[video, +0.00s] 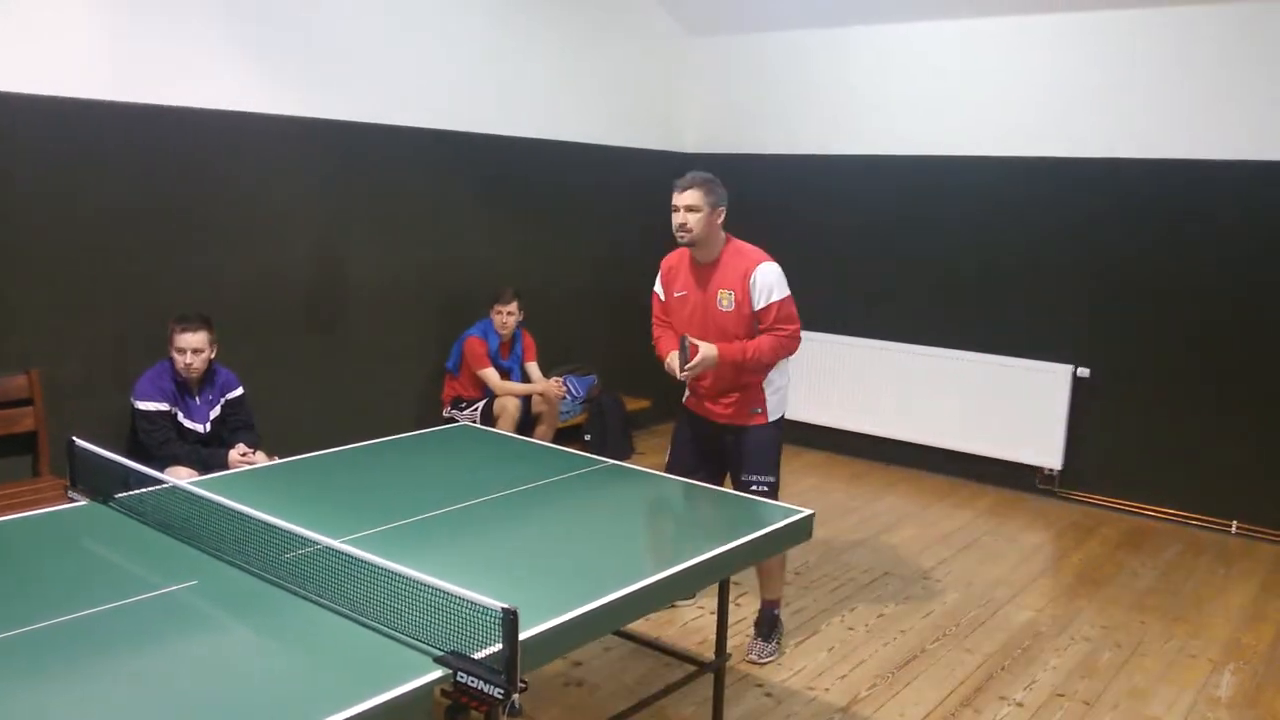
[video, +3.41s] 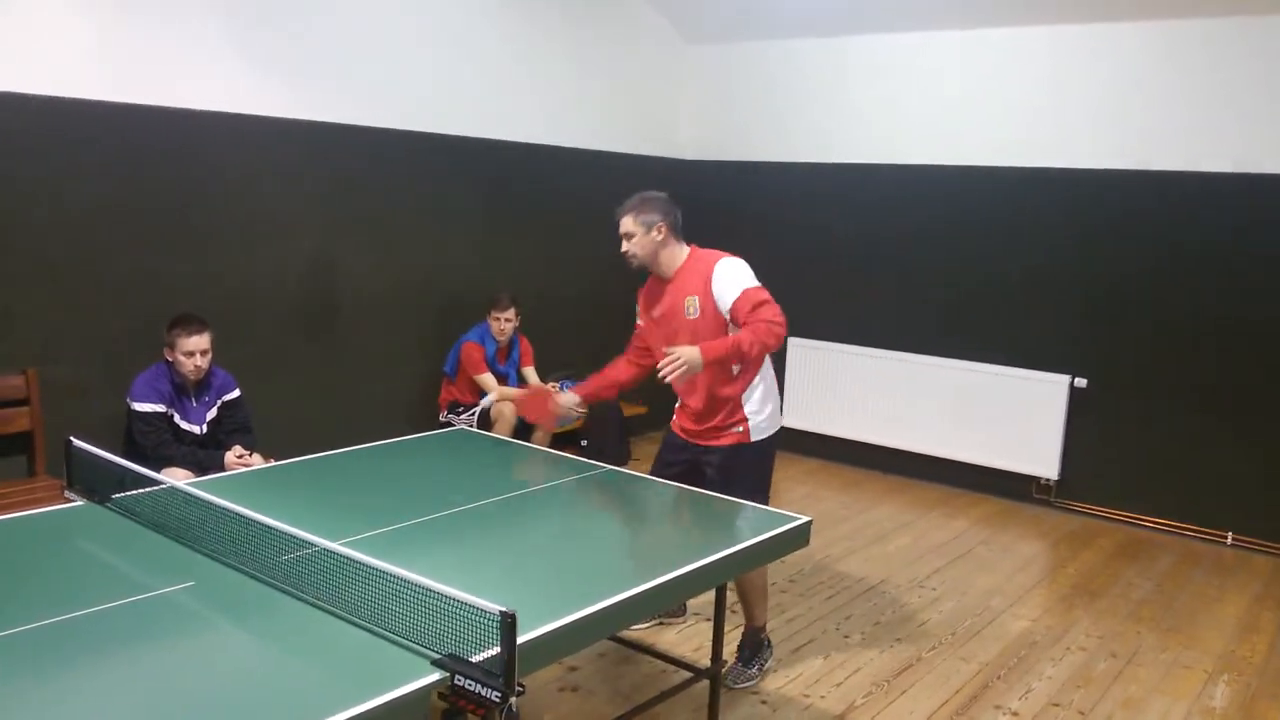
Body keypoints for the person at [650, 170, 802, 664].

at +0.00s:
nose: (678, 219)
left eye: (689, 211)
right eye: (675, 210)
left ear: (719, 215)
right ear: (673, 214)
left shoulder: (758, 268)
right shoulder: (671, 267)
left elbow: (787, 337)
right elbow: (662, 327)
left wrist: (722, 354)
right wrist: (673, 355)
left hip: (754, 416)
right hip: (697, 410)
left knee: (760, 515)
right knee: (677, 501)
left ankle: (769, 616)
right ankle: (676, 575)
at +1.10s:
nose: (711, 264)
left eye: (722, 253)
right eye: (702, 253)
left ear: (744, 249)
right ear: (692, 251)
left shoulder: (776, 291)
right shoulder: (675, 297)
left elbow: (803, 340)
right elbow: (641, 370)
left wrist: (791, 370)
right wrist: (662, 418)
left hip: (752, 428)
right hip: (689, 427)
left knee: (762, 528)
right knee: (657, 510)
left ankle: (762, 646)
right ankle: (668, 584)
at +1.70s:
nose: (675, 235)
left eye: (687, 226)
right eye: (668, 225)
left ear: (716, 228)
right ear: (663, 228)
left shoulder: (757, 285)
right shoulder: (656, 281)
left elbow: (779, 358)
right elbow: (649, 349)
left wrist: (717, 382)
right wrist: (666, 388)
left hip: (740, 436)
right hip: (679, 433)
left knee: (748, 540)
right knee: (650, 511)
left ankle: (758, 652)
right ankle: (666, 592)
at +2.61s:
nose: (705, 214)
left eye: (716, 204)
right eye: (699, 203)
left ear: (744, 207)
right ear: (691, 205)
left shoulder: (779, 266)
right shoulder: (674, 266)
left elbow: (808, 339)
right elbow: (657, 331)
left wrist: (786, 405)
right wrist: (654, 381)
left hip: (756, 430)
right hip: (690, 423)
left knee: (769, 530)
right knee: (661, 512)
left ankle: (775, 625)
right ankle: (646, 593)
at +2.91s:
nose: (691, 190)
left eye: (703, 183)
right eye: (687, 182)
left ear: (730, 191)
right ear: (680, 188)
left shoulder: (759, 255)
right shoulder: (663, 249)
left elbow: (795, 332)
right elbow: (650, 319)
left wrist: (818, 406)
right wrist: (645, 358)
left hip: (733, 425)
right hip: (665, 417)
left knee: (753, 527)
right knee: (646, 516)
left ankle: (773, 622)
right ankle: (640, 611)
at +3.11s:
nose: (652, 237)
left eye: (661, 227)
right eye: (648, 228)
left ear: (694, 226)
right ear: (649, 229)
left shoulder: (740, 277)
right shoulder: (653, 280)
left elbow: (772, 351)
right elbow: (650, 344)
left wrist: (705, 371)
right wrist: (642, 380)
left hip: (740, 431)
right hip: (684, 426)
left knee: (744, 533)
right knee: (665, 516)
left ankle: (751, 641)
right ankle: (666, 599)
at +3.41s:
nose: (623, 248)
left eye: (628, 237)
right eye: (621, 238)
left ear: (661, 232)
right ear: (649, 237)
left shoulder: (723, 271)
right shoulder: (650, 294)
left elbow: (771, 326)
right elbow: (637, 360)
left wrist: (704, 354)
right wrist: (579, 394)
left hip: (743, 429)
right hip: (689, 425)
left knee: (741, 535)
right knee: (657, 513)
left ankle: (755, 640)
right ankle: (670, 600)